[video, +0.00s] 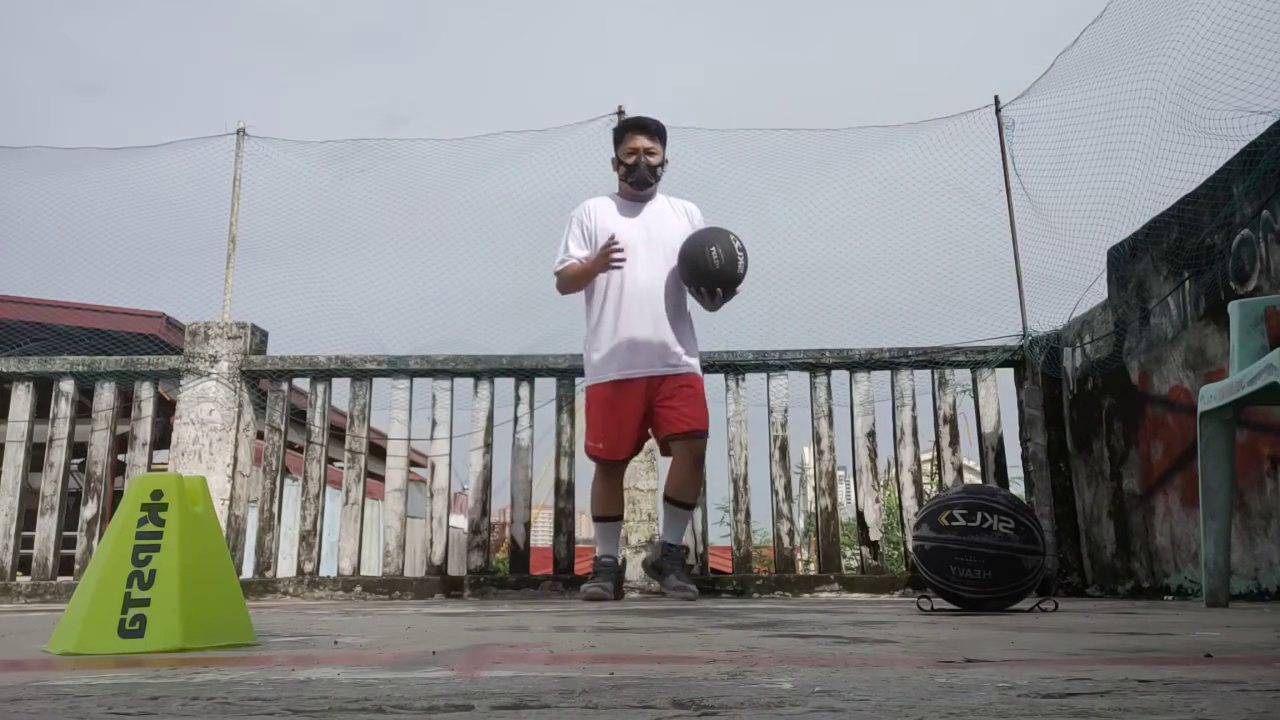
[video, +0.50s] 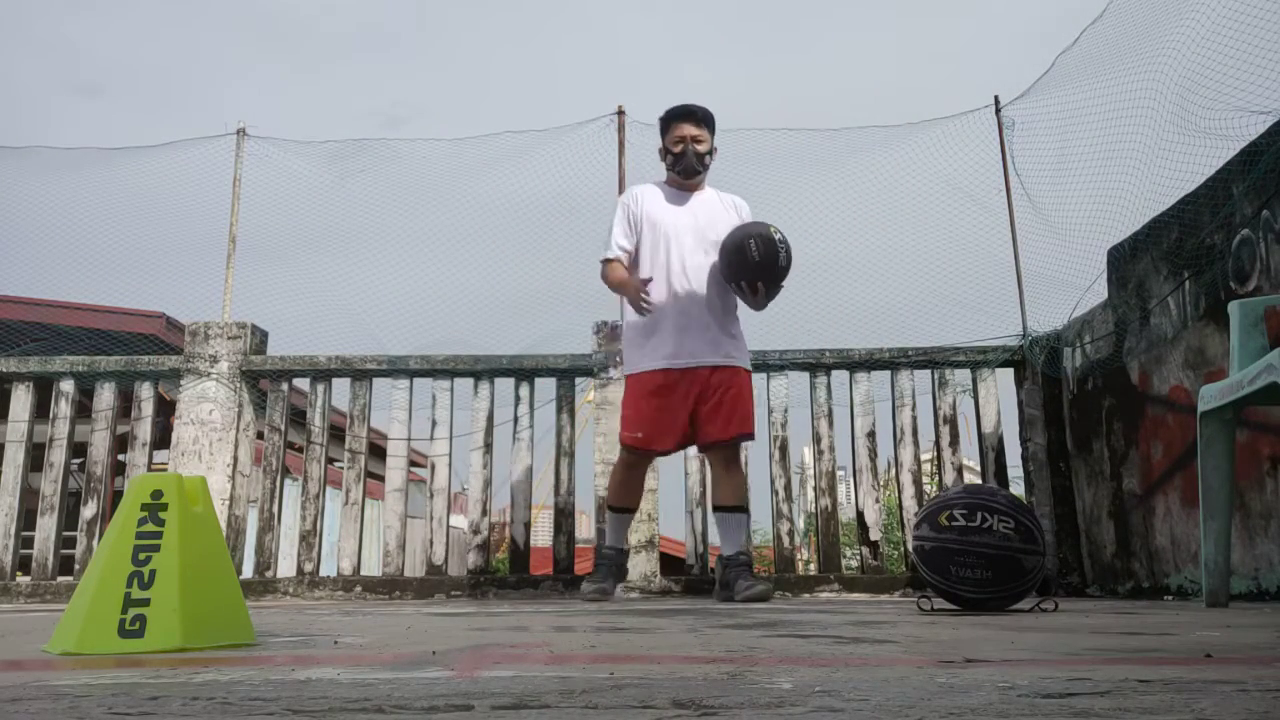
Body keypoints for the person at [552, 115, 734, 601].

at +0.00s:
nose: (641, 161)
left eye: (650, 154)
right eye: (631, 154)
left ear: (663, 160)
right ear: (616, 162)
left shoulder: (686, 214)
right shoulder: (592, 213)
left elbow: (706, 294)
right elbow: (563, 282)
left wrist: (718, 287)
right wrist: (593, 264)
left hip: (675, 359)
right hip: (612, 361)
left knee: (692, 444)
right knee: (610, 464)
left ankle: (669, 555)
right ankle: (606, 566)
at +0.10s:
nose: (641, 161)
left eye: (649, 153)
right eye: (631, 154)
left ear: (663, 158)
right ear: (616, 161)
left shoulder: (687, 213)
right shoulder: (593, 212)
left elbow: (707, 295)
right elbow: (564, 280)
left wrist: (718, 289)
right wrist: (598, 267)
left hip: (678, 358)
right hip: (613, 364)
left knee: (703, 437)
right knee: (611, 463)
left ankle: (691, 558)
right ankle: (606, 567)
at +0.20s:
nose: (645, 158)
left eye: (654, 149)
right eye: (636, 151)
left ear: (669, 156)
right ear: (621, 158)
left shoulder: (693, 211)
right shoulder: (598, 208)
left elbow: (713, 282)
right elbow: (569, 275)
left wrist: (722, 296)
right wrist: (609, 265)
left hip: (683, 356)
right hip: (618, 361)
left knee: (700, 444)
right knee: (614, 463)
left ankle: (722, 564)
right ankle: (606, 569)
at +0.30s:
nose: (657, 157)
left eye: (666, 149)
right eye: (647, 150)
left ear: (680, 155)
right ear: (632, 157)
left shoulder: (704, 212)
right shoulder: (608, 209)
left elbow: (724, 290)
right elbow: (577, 276)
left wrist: (734, 291)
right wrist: (616, 267)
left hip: (691, 358)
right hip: (626, 361)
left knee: (707, 456)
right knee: (619, 466)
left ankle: (733, 568)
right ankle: (607, 570)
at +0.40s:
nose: (673, 153)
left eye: (681, 145)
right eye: (662, 147)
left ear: (696, 150)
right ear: (648, 155)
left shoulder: (718, 209)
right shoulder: (624, 205)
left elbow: (737, 285)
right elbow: (595, 272)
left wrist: (746, 289)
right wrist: (622, 273)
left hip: (707, 357)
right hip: (640, 361)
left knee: (718, 454)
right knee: (627, 462)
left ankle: (734, 570)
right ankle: (607, 567)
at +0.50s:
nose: (688, 148)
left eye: (697, 140)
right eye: (678, 142)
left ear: (712, 148)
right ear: (664, 150)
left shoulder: (735, 208)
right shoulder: (638, 200)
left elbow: (753, 290)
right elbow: (612, 267)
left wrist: (758, 293)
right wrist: (629, 285)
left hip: (720, 353)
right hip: (654, 355)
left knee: (727, 454)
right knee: (633, 455)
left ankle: (735, 570)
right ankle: (609, 564)